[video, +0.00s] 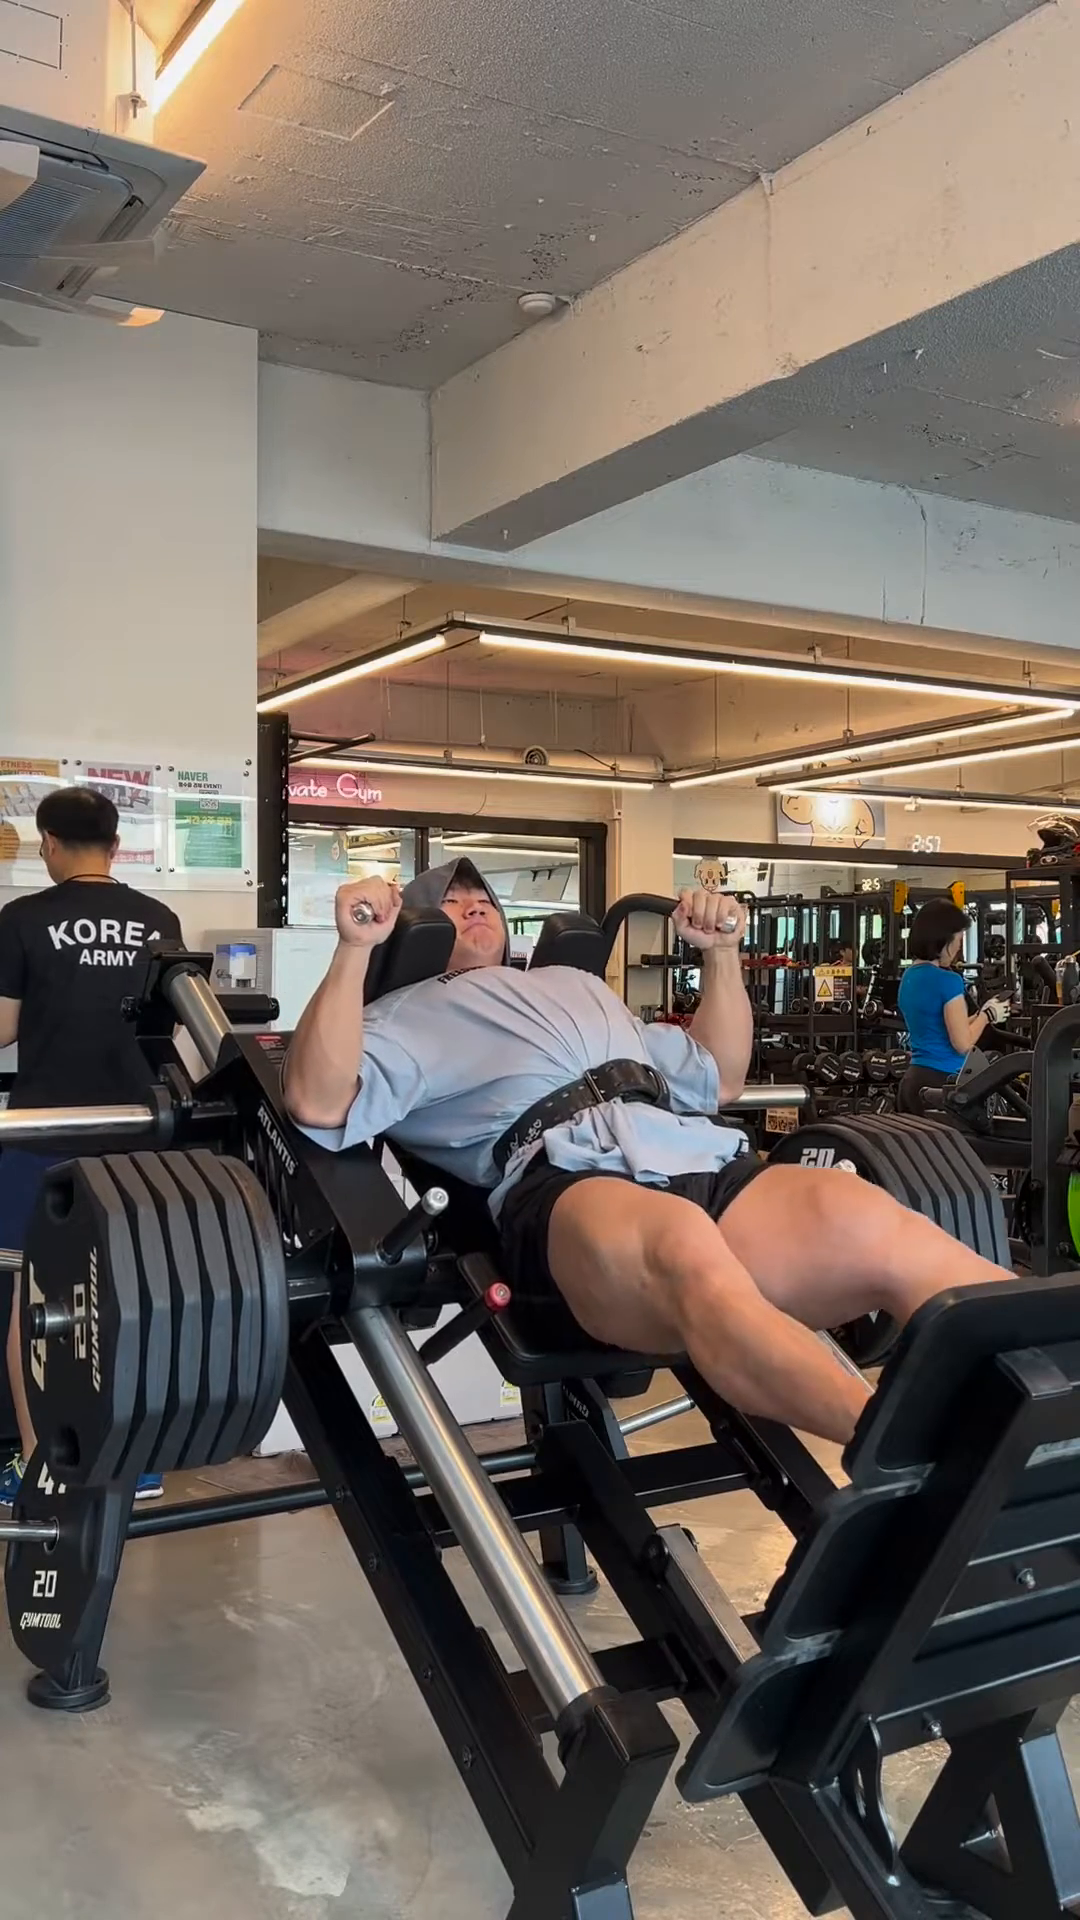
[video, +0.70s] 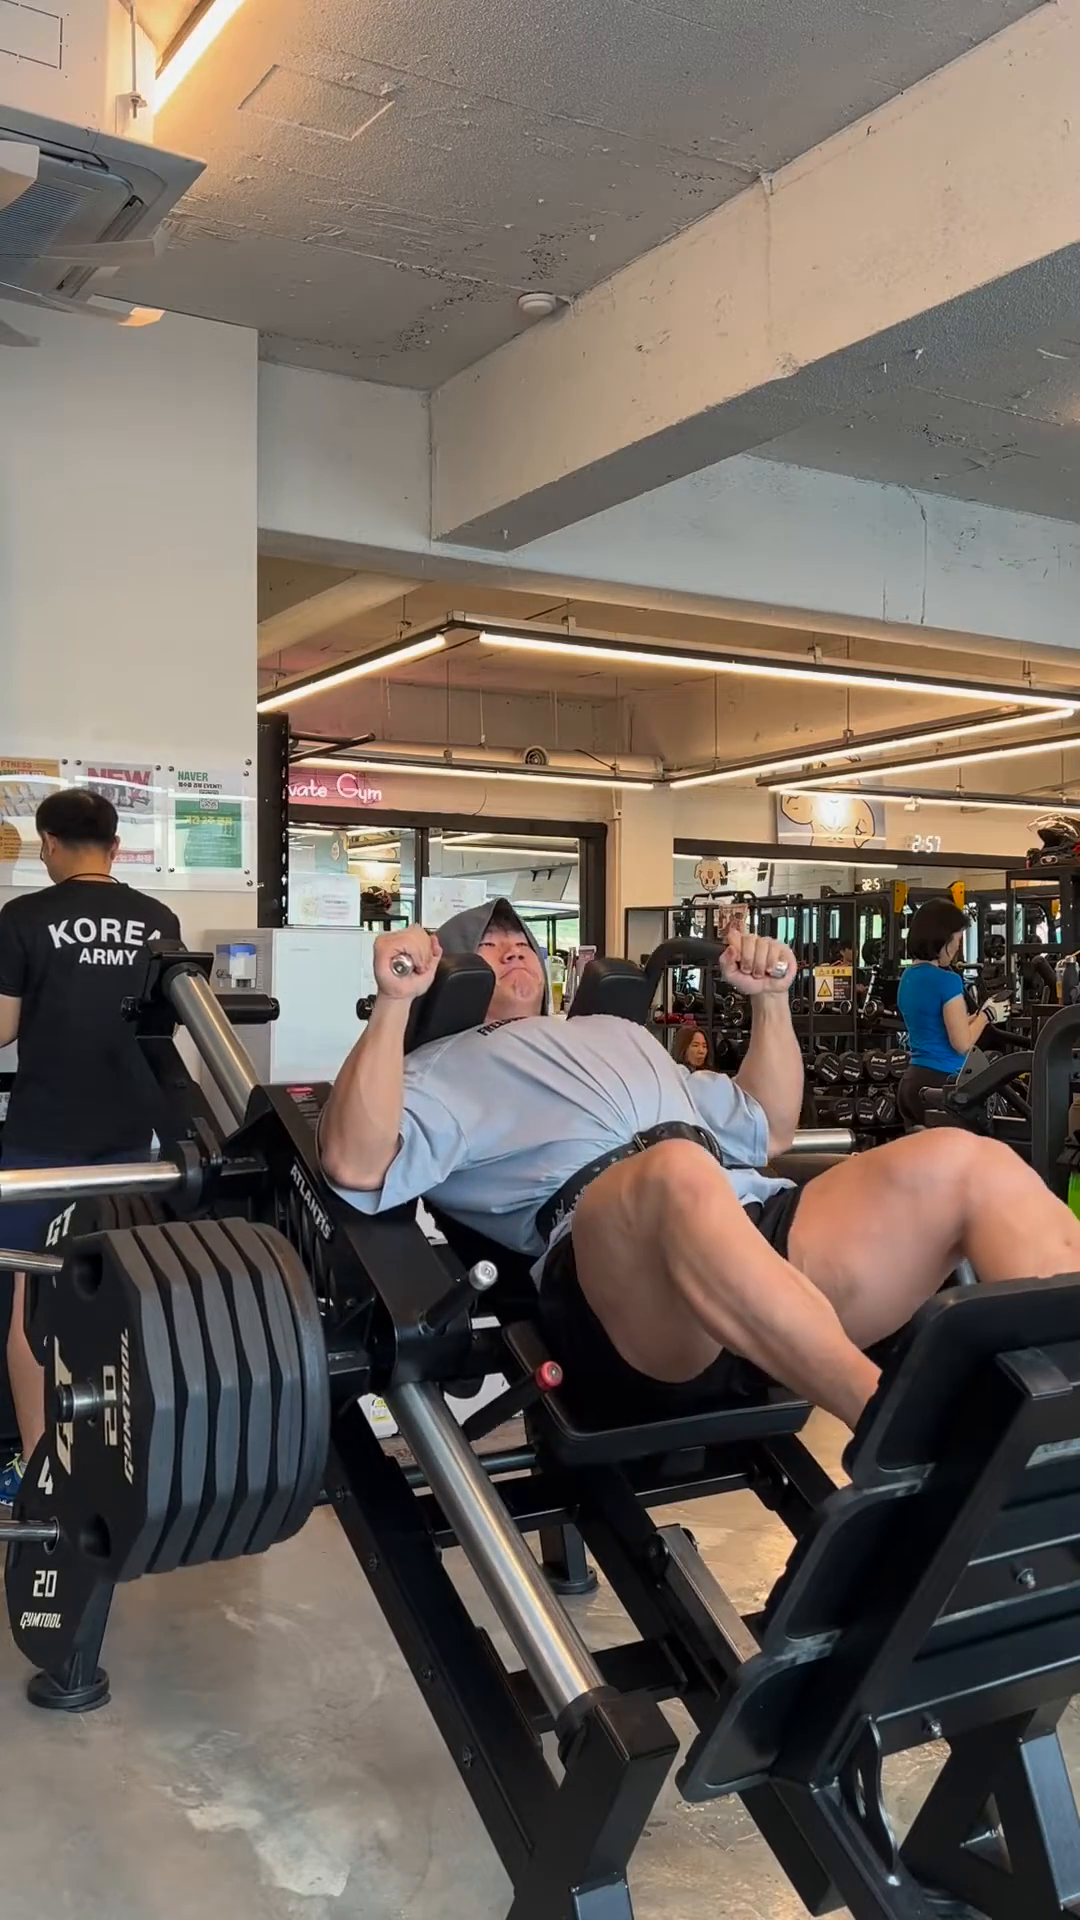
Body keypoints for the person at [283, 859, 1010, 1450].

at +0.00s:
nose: (469, 901)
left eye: (479, 893)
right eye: (448, 897)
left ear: (506, 920)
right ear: (422, 934)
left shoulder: (577, 986)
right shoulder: (408, 1014)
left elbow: (714, 1076)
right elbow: (316, 1103)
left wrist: (721, 955)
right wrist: (351, 953)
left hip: (697, 1161)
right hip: (562, 1182)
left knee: (869, 1217)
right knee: (691, 1262)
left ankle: (1063, 1351)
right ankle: (900, 1440)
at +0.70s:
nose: (514, 961)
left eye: (523, 949)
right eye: (491, 956)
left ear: (548, 969)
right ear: (459, 992)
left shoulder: (619, 1038)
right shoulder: (445, 1071)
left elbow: (767, 1126)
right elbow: (354, 1166)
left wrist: (768, 1001)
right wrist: (392, 1007)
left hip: (765, 1244)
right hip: (613, 1298)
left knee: (969, 1167)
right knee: (674, 1173)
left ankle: (1073, 1390)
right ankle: (898, 1427)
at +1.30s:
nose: (557, 1009)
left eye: (567, 995)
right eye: (533, 999)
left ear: (589, 1020)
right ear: (492, 1035)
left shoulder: (672, 1102)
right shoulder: (488, 1137)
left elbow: (827, 1190)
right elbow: (398, 1241)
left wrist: (826, 1057)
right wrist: (444, 1068)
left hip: (840, 1333)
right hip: (687, 1399)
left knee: (998, 1149)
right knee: (666, 1164)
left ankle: (1066, 1393)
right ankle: (886, 1412)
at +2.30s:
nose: (622, 1077)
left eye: (629, 1062)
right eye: (591, 1070)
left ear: (655, 1091)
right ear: (551, 1110)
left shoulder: (741, 1183)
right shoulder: (548, 1233)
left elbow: (896, 1266)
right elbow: (468, 1356)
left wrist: (915, 1145)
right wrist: (512, 1167)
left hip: (920, 1367)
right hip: (781, 1468)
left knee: (1005, 1144)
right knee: (662, 1181)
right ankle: (895, 1421)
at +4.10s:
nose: (566, 1009)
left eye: (572, 994)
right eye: (541, 996)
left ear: (595, 1025)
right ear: (494, 1035)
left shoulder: (656, 1113)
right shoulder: (491, 1152)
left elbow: (837, 1197)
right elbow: (405, 1252)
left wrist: (835, 1070)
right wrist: (452, 1076)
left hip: (849, 1351)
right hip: (702, 1411)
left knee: (989, 1132)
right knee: (689, 1137)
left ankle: (1072, 1371)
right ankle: (885, 1403)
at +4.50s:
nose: (516, 958)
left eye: (526, 948)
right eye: (493, 951)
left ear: (552, 974)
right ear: (460, 992)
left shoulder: (624, 1057)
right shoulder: (442, 1078)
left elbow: (774, 1135)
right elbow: (358, 1170)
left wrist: (774, 1009)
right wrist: (399, 1011)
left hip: (776, 1253)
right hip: (623, 1308)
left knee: (976, 1149)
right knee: (667, 1166)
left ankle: (1072, 1382)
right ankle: (896, 1424)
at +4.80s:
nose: (486, 909)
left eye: (493, 902)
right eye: (465, 902)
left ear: (511, 934)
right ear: (429, 938)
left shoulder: (586, 1009)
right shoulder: (406, 1028)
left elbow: (726, 1081)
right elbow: (322, 1111)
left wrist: (726, 961)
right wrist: (360, 961)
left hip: (711, 1165)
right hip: (574, 1182)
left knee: (903, 1191)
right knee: (688, 1221)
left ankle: (1076, 1344)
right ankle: (906, 1438)